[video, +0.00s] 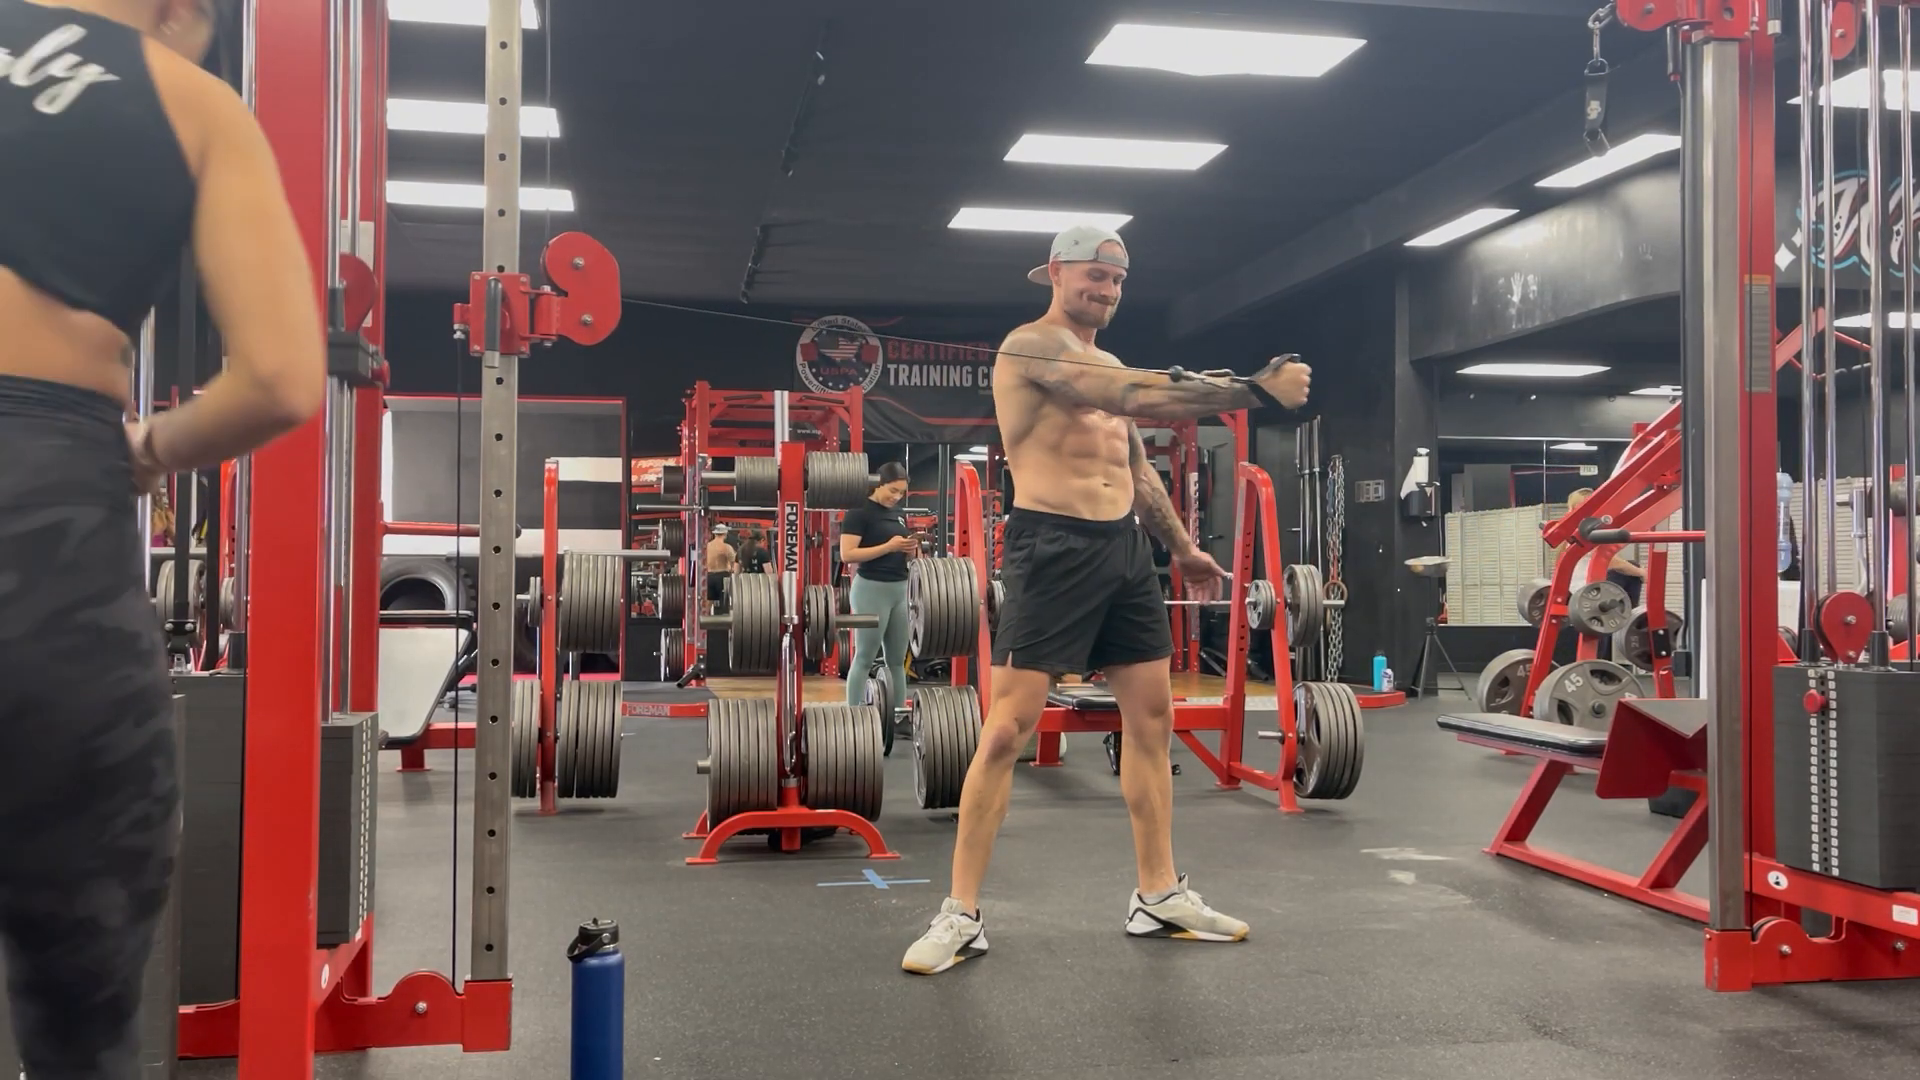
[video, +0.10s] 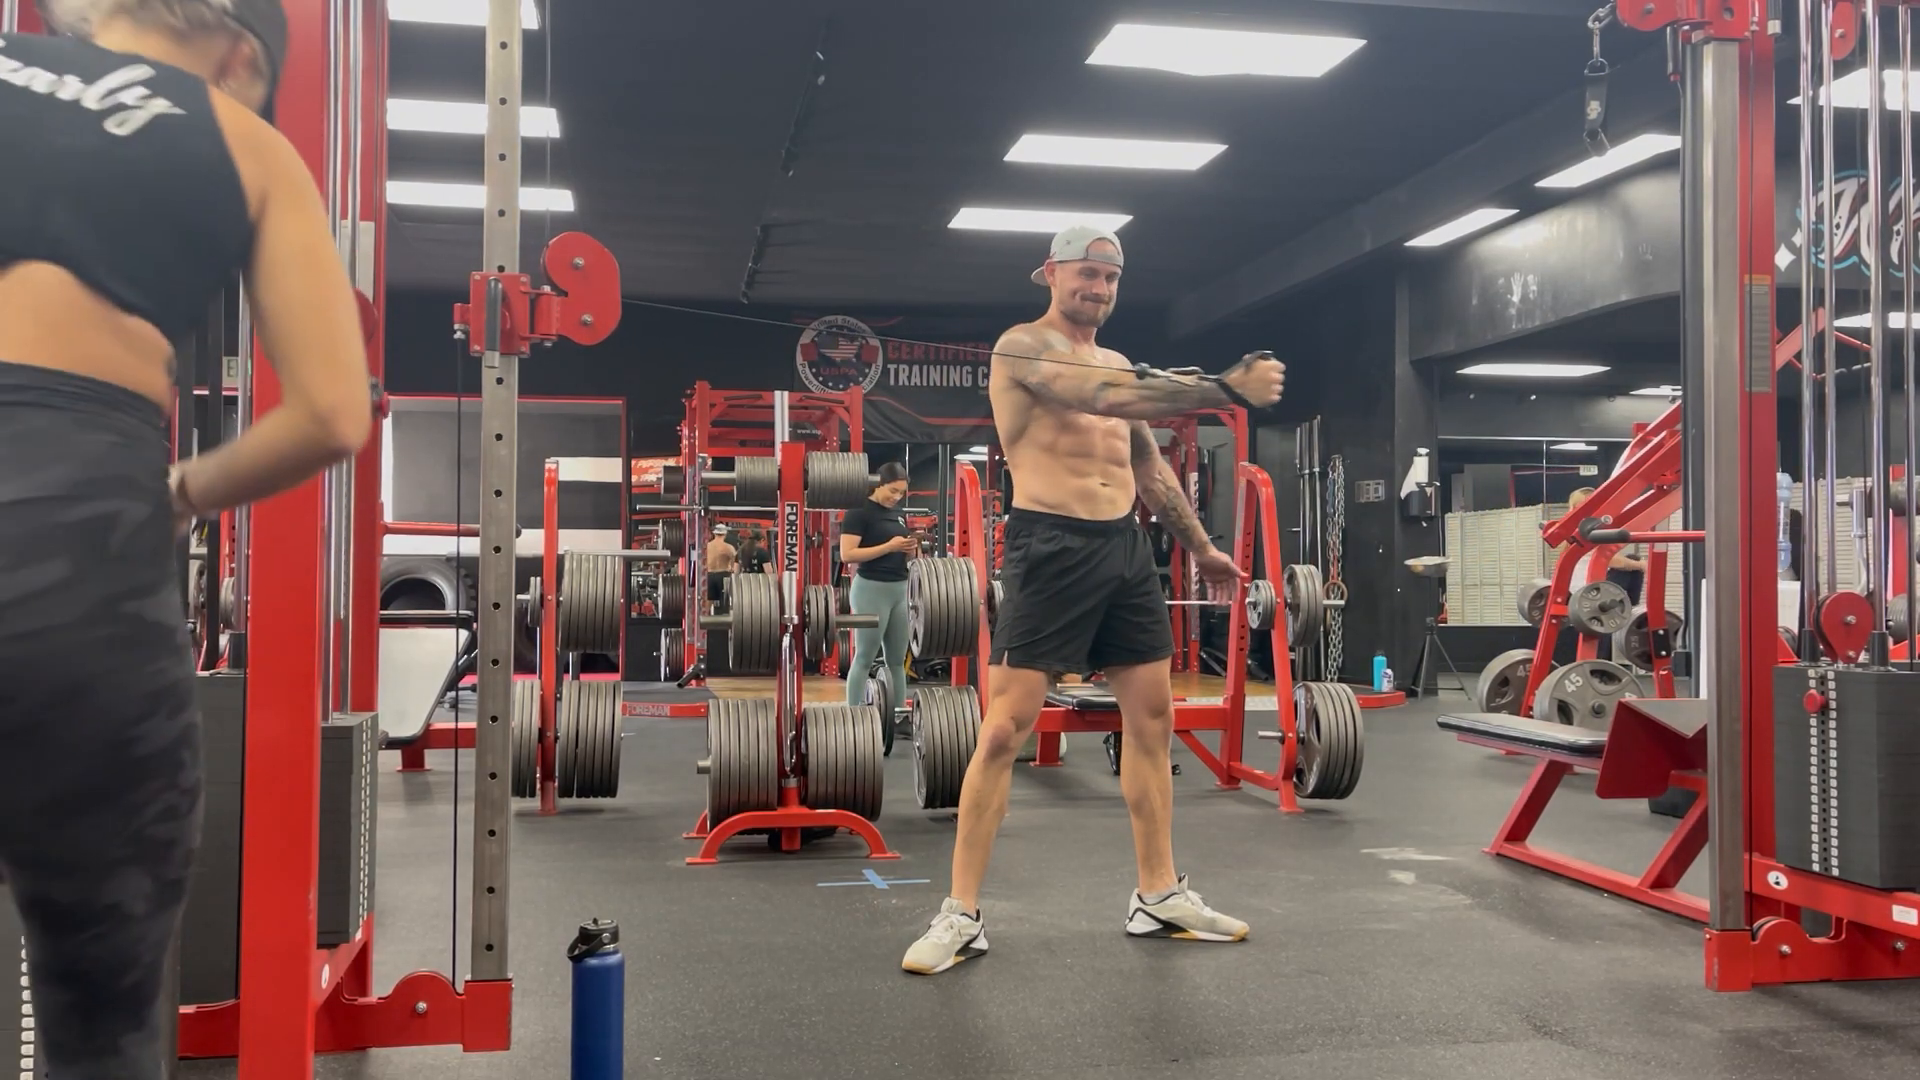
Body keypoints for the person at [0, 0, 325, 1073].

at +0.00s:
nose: (206, 40)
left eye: (207, 34)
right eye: (207, 30)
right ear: (172, 11)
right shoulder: (195, 104)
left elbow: (277, 381)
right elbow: (282, 382)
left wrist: (132, 447)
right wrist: (141, 445)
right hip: (43, 482)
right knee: (82, 1011)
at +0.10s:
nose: (254, 118)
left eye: (261, 107)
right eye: (259, 103)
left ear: (84, 22)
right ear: (232, 56)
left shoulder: (12, 51)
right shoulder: (247, 146)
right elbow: (332, 411)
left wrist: (170, 486)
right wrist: (180, 488)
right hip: (67, 482)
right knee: (101, 996)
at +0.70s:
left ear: (184, 295)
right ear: (287, 336)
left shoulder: (74, 311)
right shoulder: (313, 387)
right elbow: (369, 709)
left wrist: (18, 750)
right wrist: (284, 874)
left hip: (14, 472)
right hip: (194, 517)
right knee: (162, 991)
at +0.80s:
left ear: (197, 311)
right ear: (290, 356)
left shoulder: (81, 317)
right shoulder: (313, 402)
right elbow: (346, 731)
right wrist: (276, 903)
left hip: (17, 472)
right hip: (207, 508)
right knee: (165, 977)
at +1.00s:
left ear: (200, 331)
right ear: (285, 378)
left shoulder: (89, 336)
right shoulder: (309, 434)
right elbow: (310, 763)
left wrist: (21, 728)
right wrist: (256, 944)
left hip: (19, 472)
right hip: (221, 513)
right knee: (168, 977)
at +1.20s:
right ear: (283, 381)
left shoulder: (90, 342)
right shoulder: (312, 440)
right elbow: (292, 772)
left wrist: (20, 735)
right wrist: (244, 968)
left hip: (25, 456)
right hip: (227, 505)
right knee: (168, 979)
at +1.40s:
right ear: (292, 383)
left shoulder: (92, 337)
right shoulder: (314, 438)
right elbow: (304, 774)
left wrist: (16, 749)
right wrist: (245, 955)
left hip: (15, 464)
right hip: (208, 506)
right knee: (168, 976)